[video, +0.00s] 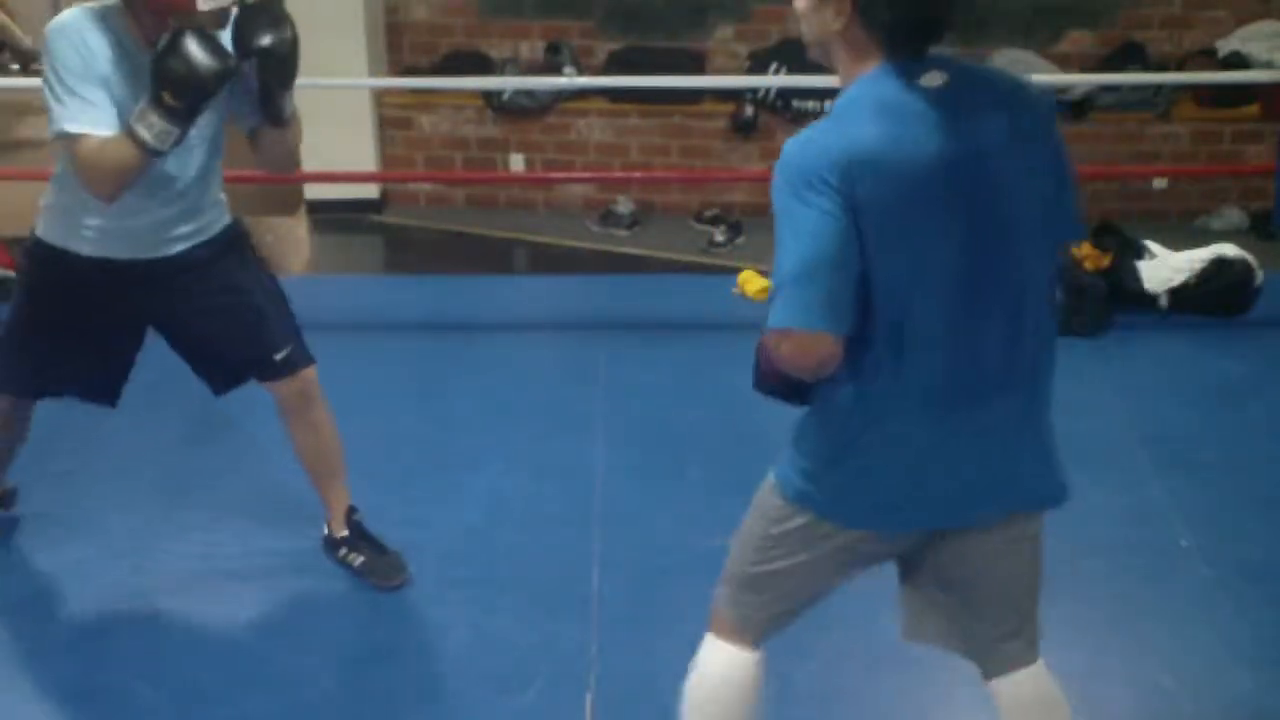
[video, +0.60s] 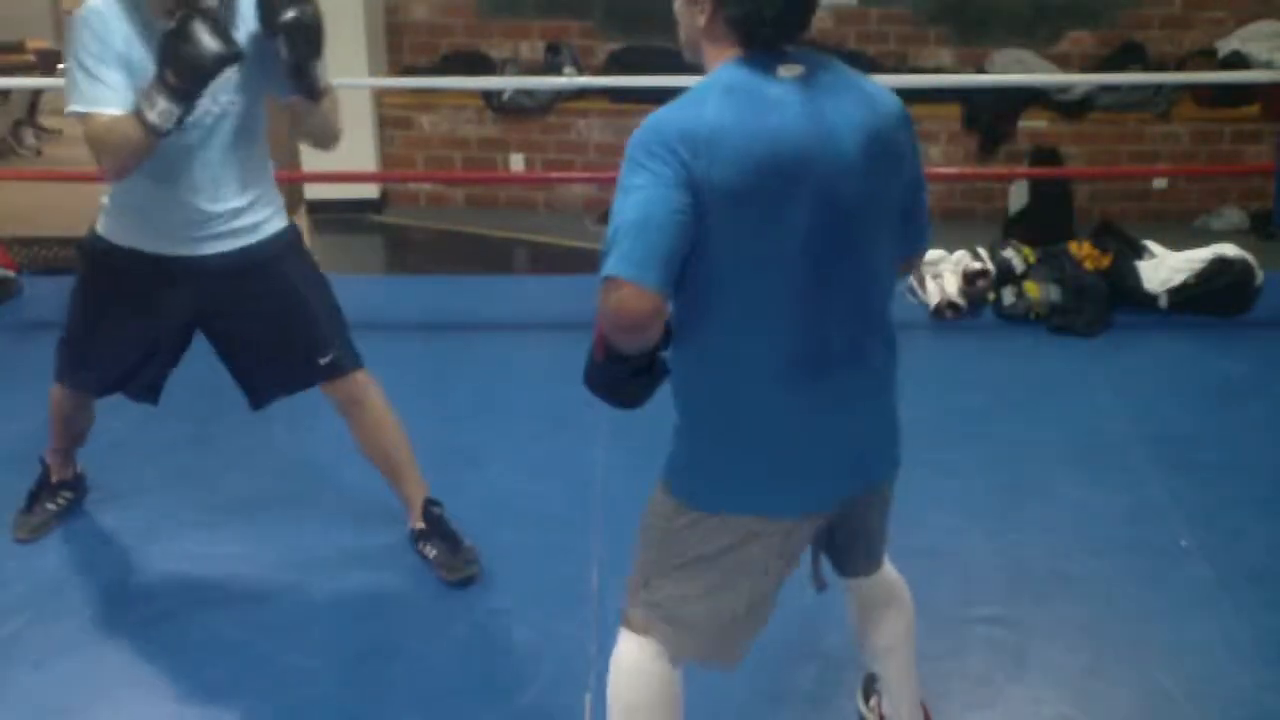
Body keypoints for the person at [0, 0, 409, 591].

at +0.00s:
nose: (199, 9)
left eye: (205, 6)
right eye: (184, 5)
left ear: (211, 5)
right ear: (144, 1)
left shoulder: (227, 30)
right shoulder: (76, 35)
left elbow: (278, 160)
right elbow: (100, 177)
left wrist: (275, 87)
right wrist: (168, 107)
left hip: (198, 243)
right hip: (79, 250)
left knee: (297, 379)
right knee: (12, 394)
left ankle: (342, 527)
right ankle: (0, 496)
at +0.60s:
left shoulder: (254, 14)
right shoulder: (103, 21)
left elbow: (324, 135)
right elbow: (110, 157)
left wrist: (304, 70)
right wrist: (172, 88)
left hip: (253, 235)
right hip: (134, 242)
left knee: (346, 377)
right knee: (75, 382)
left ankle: (424, 516)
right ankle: (59, 476)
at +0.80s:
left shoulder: (337, 13)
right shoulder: (189, 11)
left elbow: (382, 145)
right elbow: (196, 145)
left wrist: (374, 71)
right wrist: (259, 80)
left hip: (298, 223)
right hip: (188, 221)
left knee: (378, 367)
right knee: (122, 358)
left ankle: (428, 518)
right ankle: (106, 461)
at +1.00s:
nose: (262, 0)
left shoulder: (342, 7)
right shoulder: (190, 9)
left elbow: (375, 133)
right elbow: (197, 136)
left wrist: (371, 94)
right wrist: (264, 78)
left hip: (317, 214)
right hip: (205, 217)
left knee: (390, 362)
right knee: (163, 353)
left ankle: (431, 520)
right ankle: (191, 433)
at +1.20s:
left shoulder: (333, 4)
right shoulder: (182, 7)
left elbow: (381, 108)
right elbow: (184, 127)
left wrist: (368, 63)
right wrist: (242, 65)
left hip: (331, 208)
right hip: (222, 213)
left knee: (414, 353)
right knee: (181, 355)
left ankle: (487, 495)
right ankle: (193, 437)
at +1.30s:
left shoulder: (357, 6)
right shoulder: (207, 6)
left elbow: (425, 100)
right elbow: (198, 117)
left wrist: (403, 31)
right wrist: (249, 61)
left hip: (351, 213)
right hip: (243, 214)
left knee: (425, 361)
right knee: (198, 345)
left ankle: (514, 502)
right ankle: (193, 435)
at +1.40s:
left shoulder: (393, 6)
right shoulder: (248, 5)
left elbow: (465, 98)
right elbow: (228, 115)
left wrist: (433, 22)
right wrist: (275, 58)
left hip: (385, 213)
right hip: (280, 209)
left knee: (447, 364)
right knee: (225, 340)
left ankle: (514, 505)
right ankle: (198, 434)